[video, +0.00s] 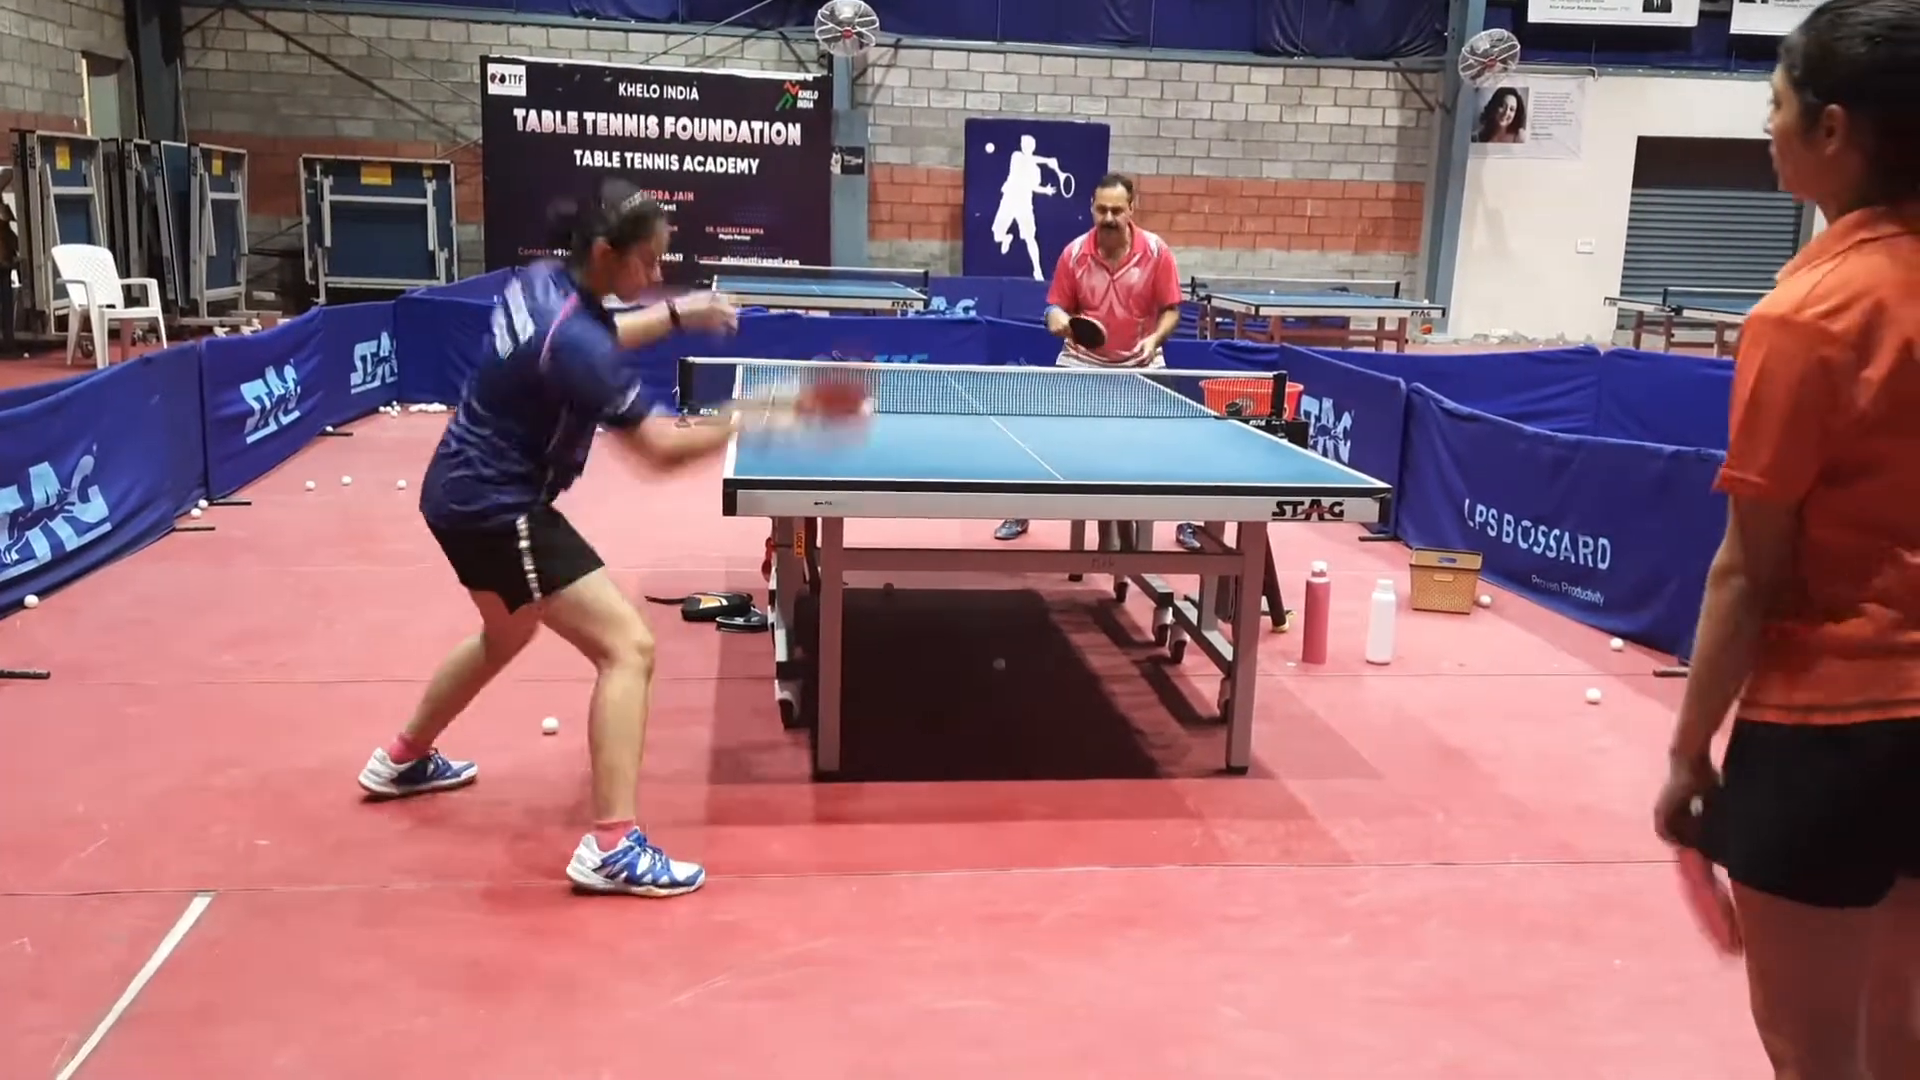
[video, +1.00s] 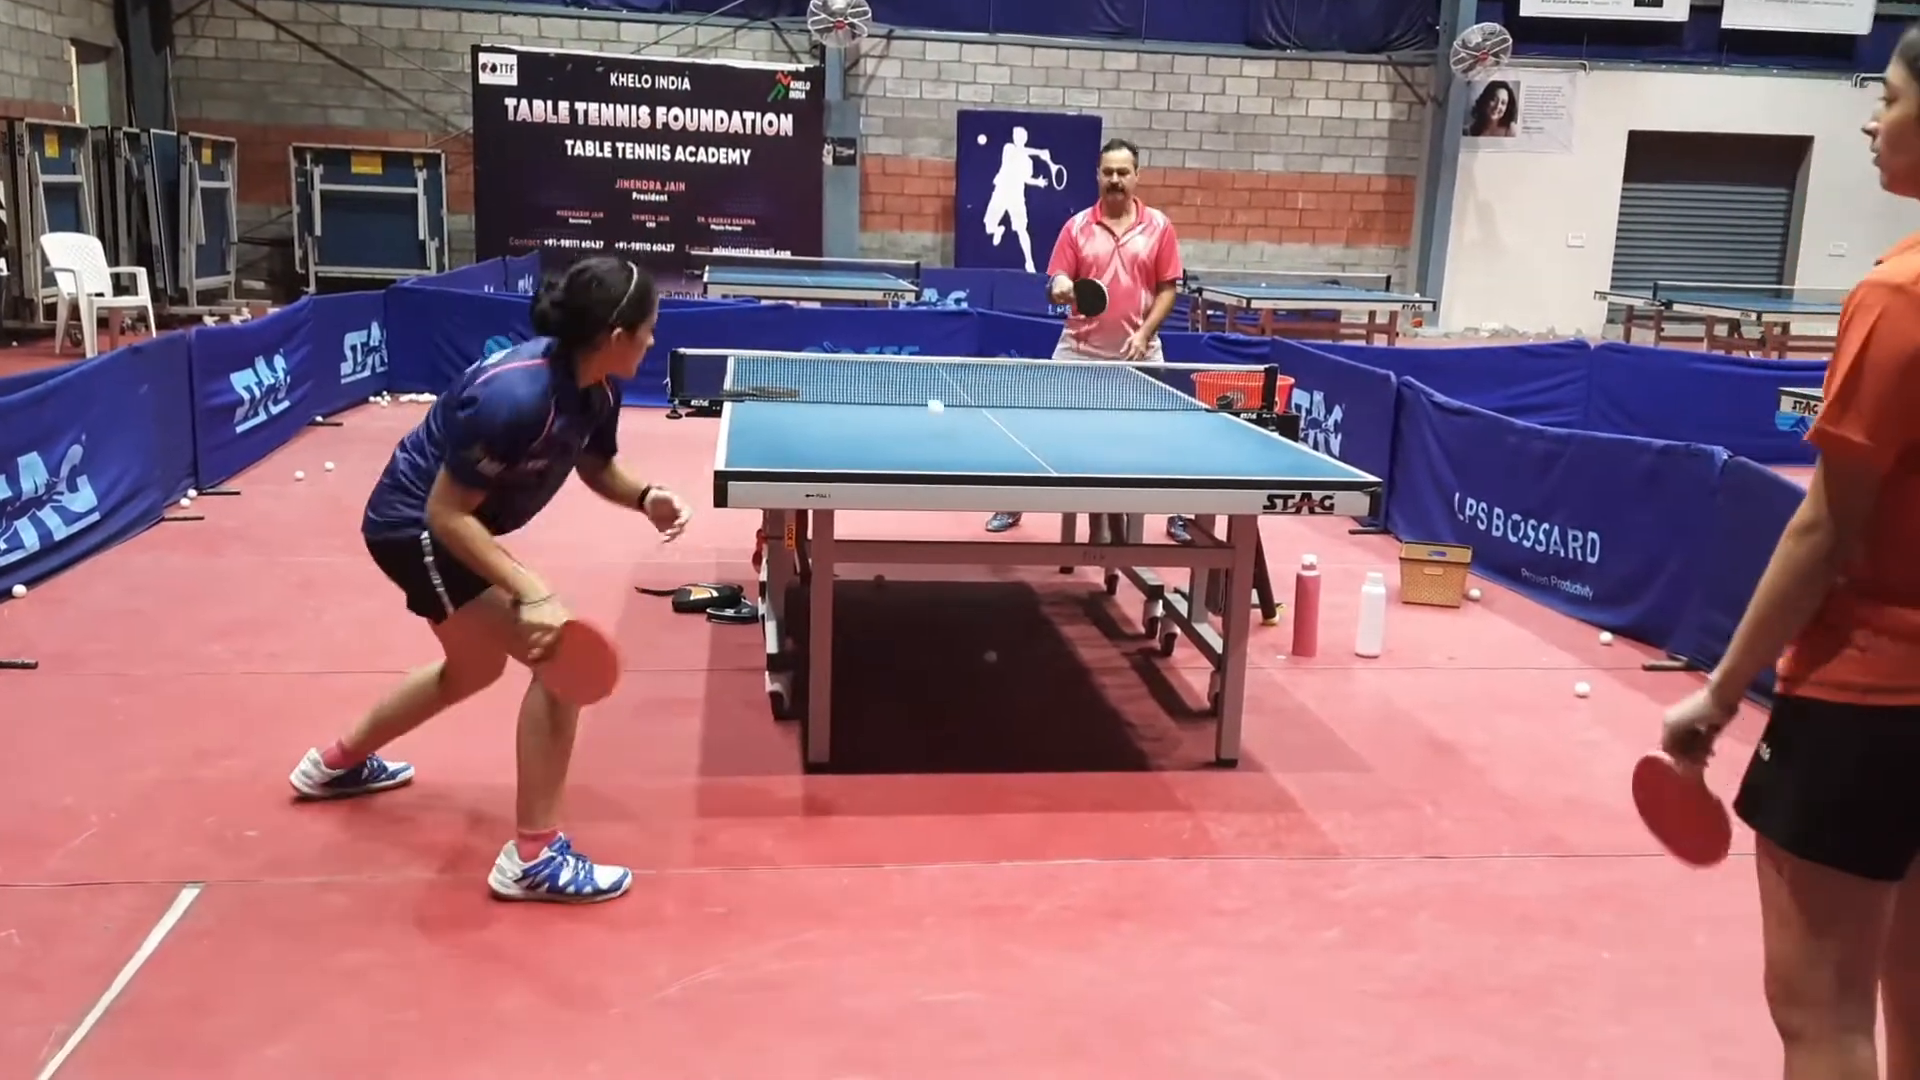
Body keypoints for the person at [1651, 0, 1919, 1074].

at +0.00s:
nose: (1772, 140)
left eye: (1780, 118)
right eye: (1775, 117)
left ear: (1836, 131)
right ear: (1876, 129)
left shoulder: (1811, 314)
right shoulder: (1903, 269)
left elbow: (1752, 570)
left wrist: (1687, 753)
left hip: (1826, 740)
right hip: (1911, 725)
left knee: (1814, 1051)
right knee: (1898, 1038)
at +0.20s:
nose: (1737, 145)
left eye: (1745, 123)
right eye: (1741, 122)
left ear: (1801, 138)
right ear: (1881, 125)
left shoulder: (1825, 325)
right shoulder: (1907, 258)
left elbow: (1768, 595)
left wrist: (1701, 807)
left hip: (1833, 737)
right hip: (1908, 725)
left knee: (1812, 1044)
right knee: (1889, 1029)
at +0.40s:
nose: (1739, 153)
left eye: (1742, 129)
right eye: (1741, 129)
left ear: (1786, 139)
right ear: (1892, 123)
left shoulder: (1832, 321)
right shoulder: (1907, 261)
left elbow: (1793, 586)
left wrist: (1723, 815)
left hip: (1849, 736)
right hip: (1909, 724)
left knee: (1815, 1027)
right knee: (1892, 992)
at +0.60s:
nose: (1779, 147)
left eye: (1782, 123)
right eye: (1781, 123)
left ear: (1824, 136)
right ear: (1909, 126)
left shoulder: (1864, 321)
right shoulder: (1899, 290)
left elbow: (1803, 586)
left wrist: (1737, 802)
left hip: (1852, 736)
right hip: (1904, 726)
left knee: (1816, 1035)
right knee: (1899, 1028)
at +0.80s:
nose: (1832, 146)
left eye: (1844, 124)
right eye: (1836, 123)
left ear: (1903, 123)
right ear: (1905, 123)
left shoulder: (1888, 310)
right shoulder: (1902, 289)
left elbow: (1828, 560)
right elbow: (1841, 545)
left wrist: (1748, 748)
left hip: (1848, 720)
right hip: (1914, 713)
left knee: (1815, 1021)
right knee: (1910, 1012)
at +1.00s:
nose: (1875, 122)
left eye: (1892, 100)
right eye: (1883, 98)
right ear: (1914, 114)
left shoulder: (1897, 293)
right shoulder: (1896, 290)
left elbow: (1829, 527)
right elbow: (1828, 520)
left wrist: (1718, 693)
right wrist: (1725, 690)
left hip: (1858, 710)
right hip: (1906, 711)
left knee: (1818, 1013)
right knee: (1907, 1000)